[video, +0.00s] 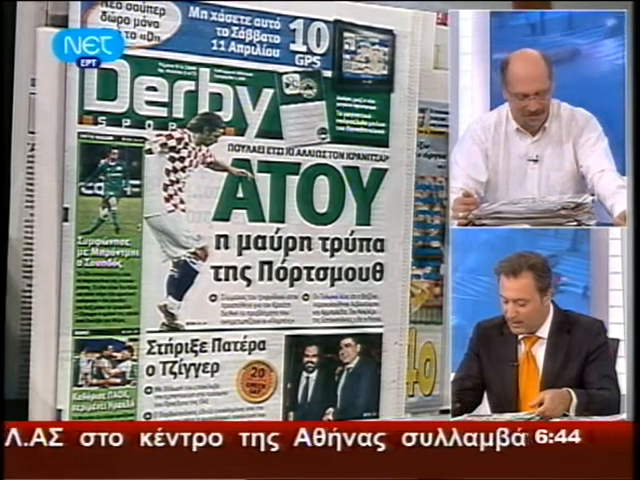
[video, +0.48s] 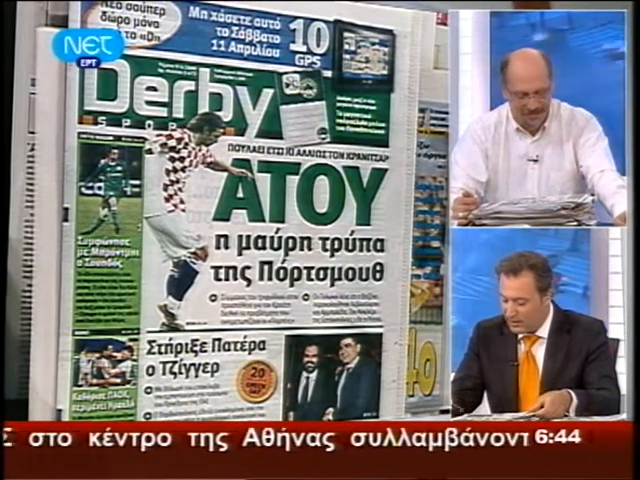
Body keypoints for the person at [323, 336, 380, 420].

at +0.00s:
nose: (343, 351)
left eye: (347, 346)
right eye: (341, 348)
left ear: (358, 348)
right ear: (339, 351)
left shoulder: (367, 368)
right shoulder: (341, 371)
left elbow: (360, 408)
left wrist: (335, 416)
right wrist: (332, 410)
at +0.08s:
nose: (343, 351)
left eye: (347, 346)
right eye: (341, 348)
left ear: (358, 348)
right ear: (339, 351)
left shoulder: (367, 368)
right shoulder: (341, 371)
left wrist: (335, 416)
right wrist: (331, 410)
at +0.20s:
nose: (343, 351)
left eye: (347, 346)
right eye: (341, 348)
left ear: (358, 348)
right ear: (339, 351)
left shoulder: (367, 368)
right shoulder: (341, 371)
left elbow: (361, 408)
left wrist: (335, 416)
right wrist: (332, 410)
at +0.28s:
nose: (343, 351)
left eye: (347, 346)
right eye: (341, 348)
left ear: (358, 348)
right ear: (339, 351)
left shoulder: (367, 368)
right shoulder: (341, 371)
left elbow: (361, 408)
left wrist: (335, 416)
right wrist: (332, 410)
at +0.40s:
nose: (343, 351)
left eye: (347, 346)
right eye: (341, 348)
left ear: (358, 348)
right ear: (339, 351)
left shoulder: (367, 368)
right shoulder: (341, 371)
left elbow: (360, 408)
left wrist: (335, 416)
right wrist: (331, 410)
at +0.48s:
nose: (343, 351)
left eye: (347, 346)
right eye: (341, 348)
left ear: (358, 348)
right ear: (339, 351)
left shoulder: (367, 368)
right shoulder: (341, 371)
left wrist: (335, 416)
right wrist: (331, 410)